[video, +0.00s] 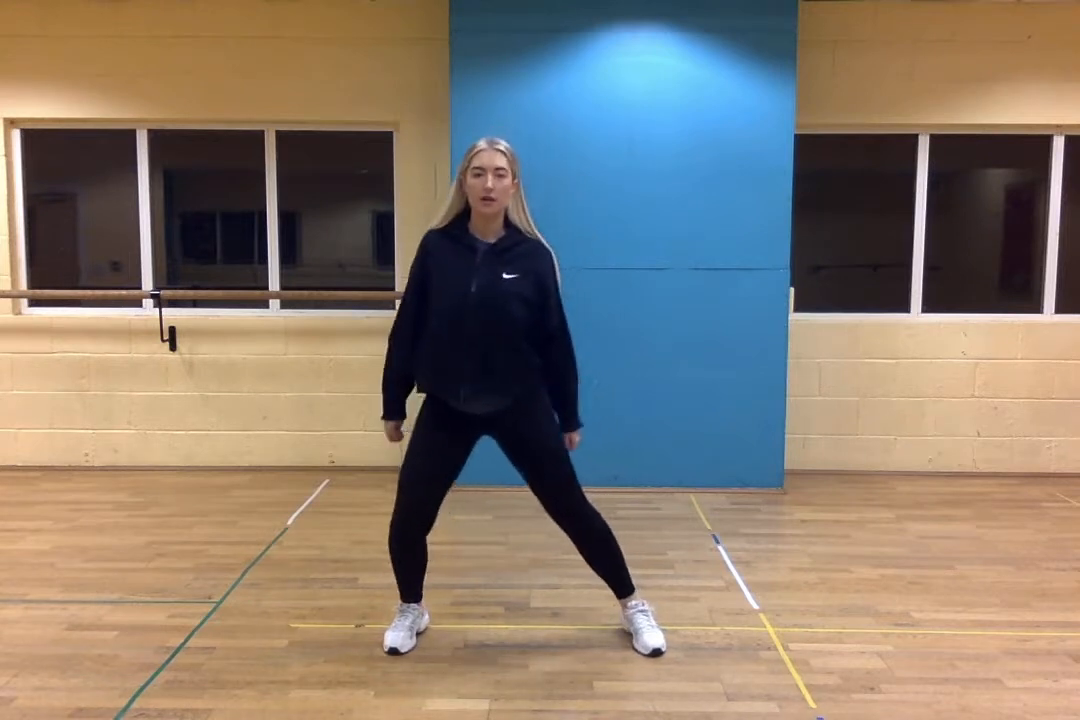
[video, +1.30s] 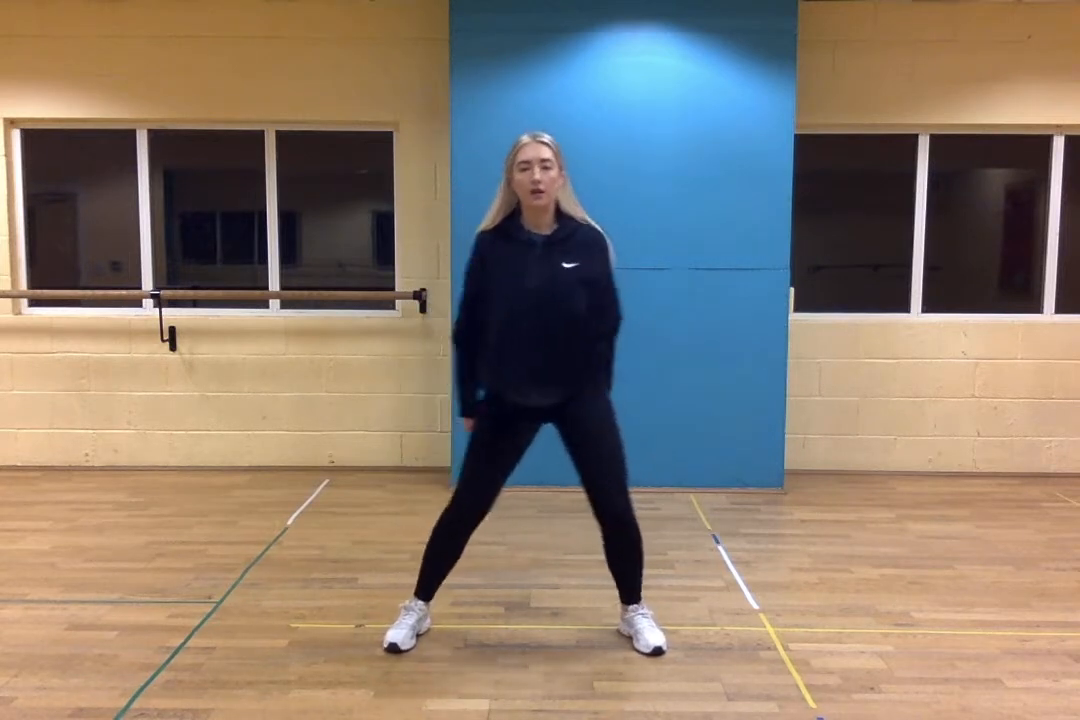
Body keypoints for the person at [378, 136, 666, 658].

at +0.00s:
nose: (489, 181)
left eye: (499, 173)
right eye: (478, 172)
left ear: (514, 184)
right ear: (463, 182)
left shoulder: (534, 255)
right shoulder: (437, 246)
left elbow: (555, 336)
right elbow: (408, 324)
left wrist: (569, 414)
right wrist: (393, 404)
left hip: (520, 405)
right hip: (447, 404)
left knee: (571, 509)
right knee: (407, 519)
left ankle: (633, 605)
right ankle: (410, 608)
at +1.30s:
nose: (537, 175)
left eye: (546, 166)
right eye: (526, 167)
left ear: (561, 175)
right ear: (511, 179)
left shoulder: (588, 240)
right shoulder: (491, 242)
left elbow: (607, 316)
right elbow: (469, 323)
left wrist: (596, 383)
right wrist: (469, 400)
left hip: (580, 390)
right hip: (510, 392)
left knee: (614, 505)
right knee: (468, 504)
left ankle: (634, 610)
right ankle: (417, 607)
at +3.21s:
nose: (534, 174)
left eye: (543, 165)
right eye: (523, 166)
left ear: (557, 174)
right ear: (508, 177)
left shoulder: (583, 240)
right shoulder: (487, 240)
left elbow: (601, 318)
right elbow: (461, 316)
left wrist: (602, 388)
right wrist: (450, 393)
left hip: (573, 388)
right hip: (504, 391)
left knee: (610, 502)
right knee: (463, 502)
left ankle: (635, 608)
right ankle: (417, 606)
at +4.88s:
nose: (507, 194)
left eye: (518, 185)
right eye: (497, 185)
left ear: (532, 196)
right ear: (482, 195)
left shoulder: (555, 261)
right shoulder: (458, 257)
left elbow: (573, 345)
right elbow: (429, 333)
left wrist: (593, 419)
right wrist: (412, 409)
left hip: (530, 409)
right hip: (459, 407)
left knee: (583, 511)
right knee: (415, 514)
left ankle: (631, 609)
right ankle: (415, 608)